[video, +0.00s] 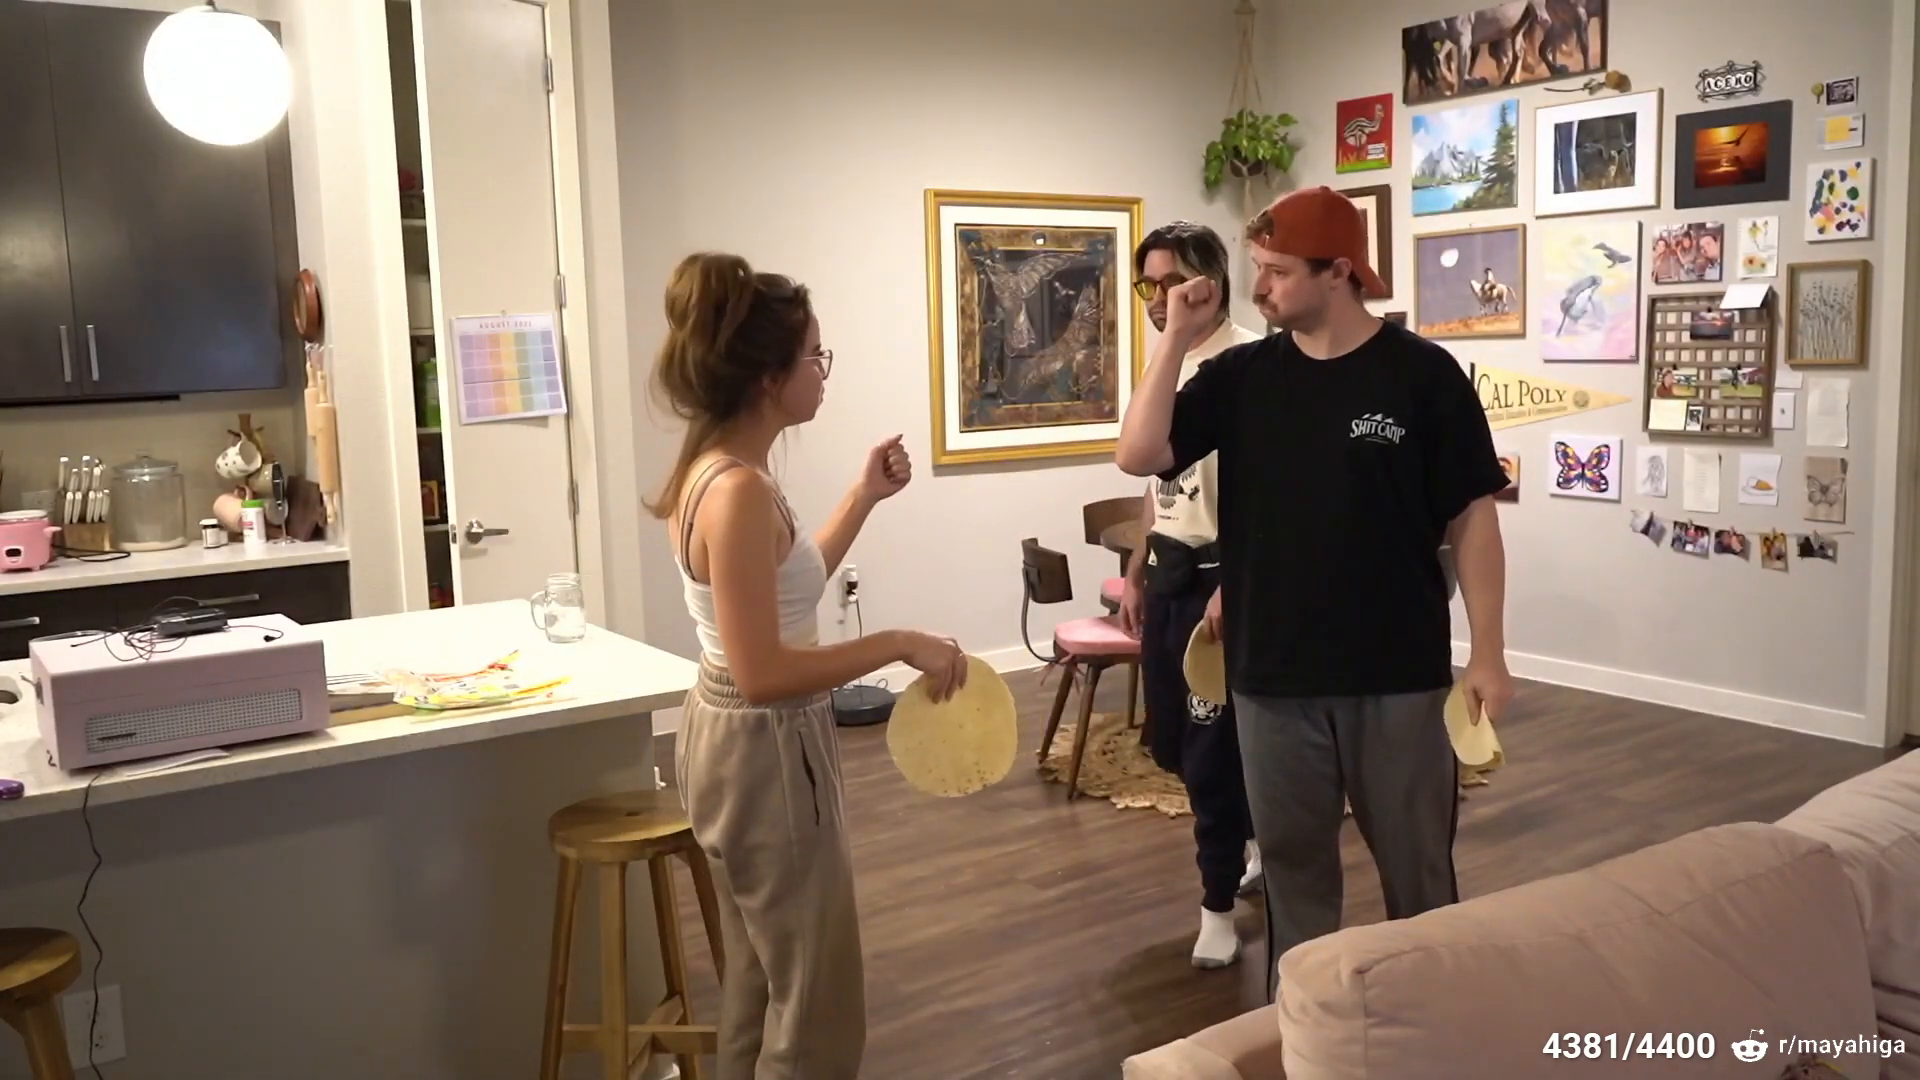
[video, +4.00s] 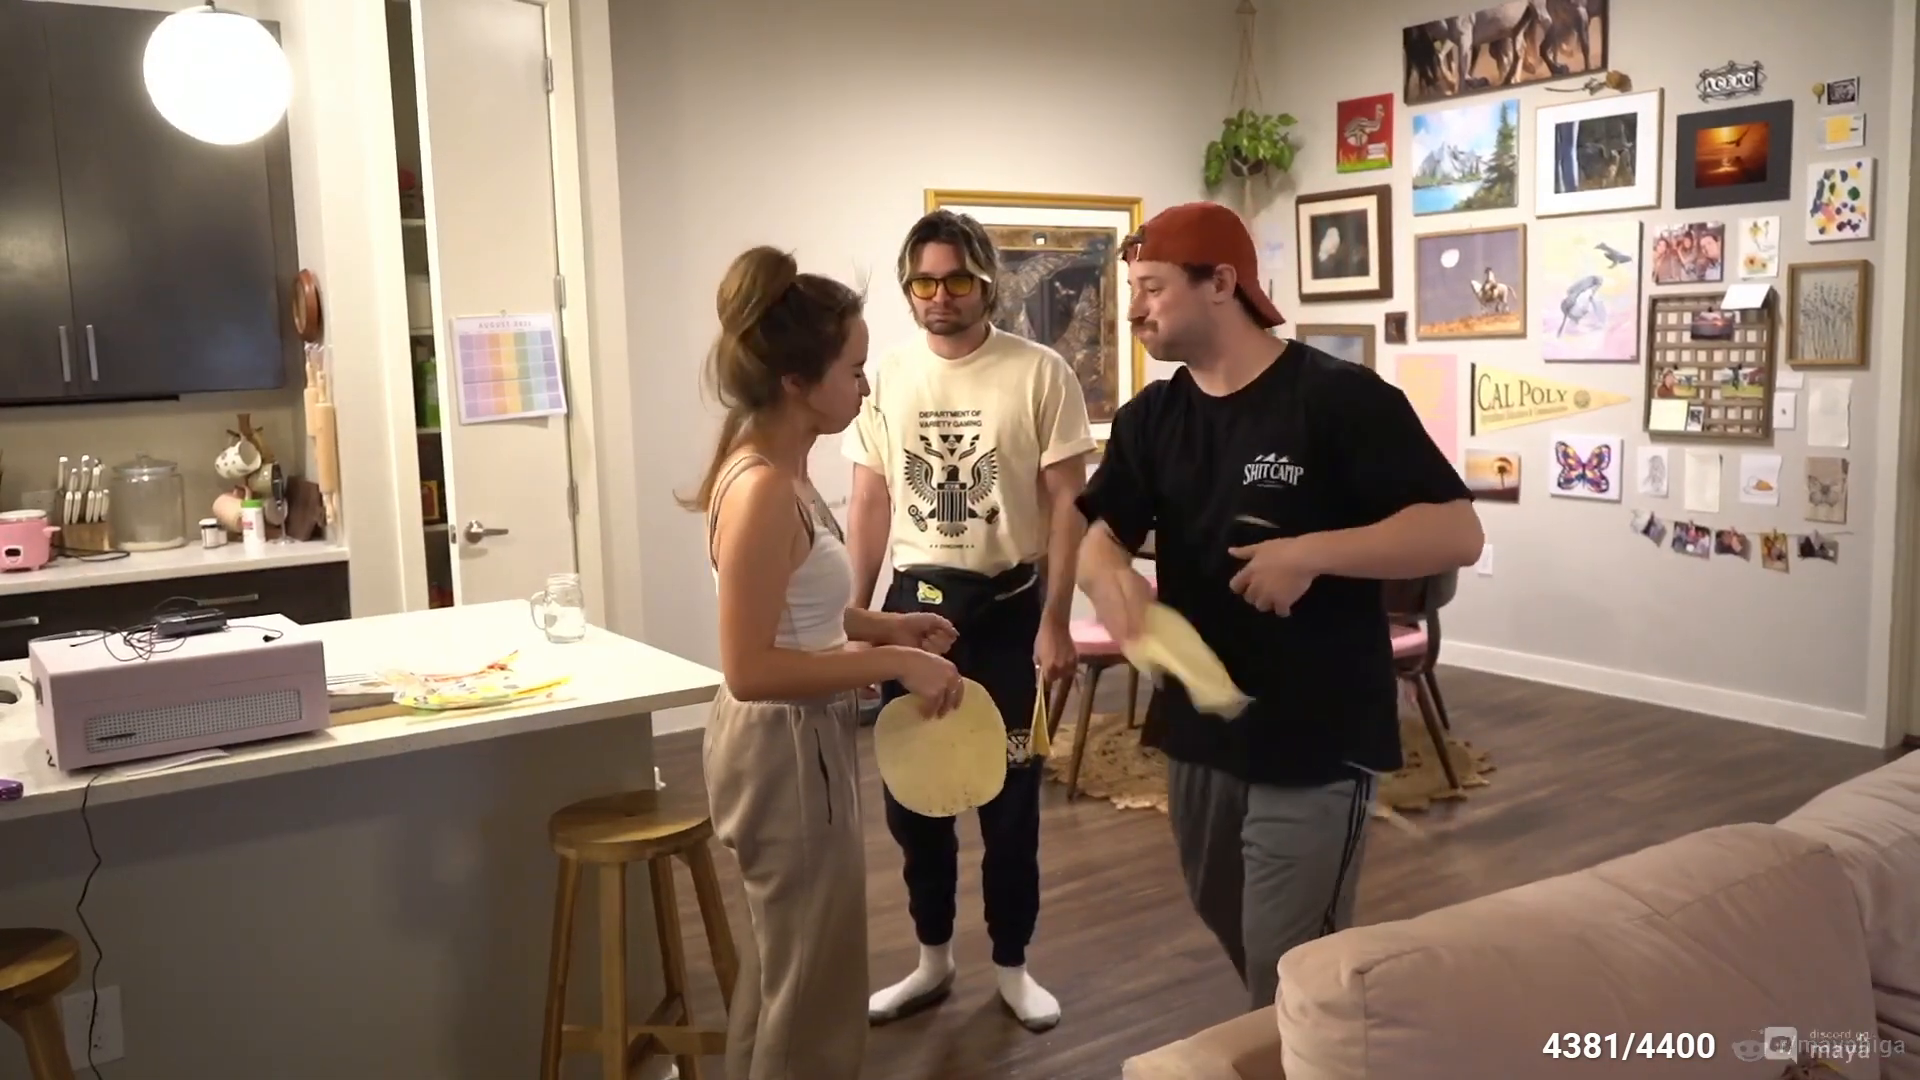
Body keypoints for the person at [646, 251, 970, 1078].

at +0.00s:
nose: (826, 369)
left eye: (821, 354)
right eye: (815, 357)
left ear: (756, 379)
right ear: (766, 378)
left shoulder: (712, 472)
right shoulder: (738, 491)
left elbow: (789, 588)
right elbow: (760, 673)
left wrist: (862, 496)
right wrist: (898, 643)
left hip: (729, 736)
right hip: (766, 751)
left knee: (759, 975)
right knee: (817, 998)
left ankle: (738, 1073)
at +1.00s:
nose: (846, 365)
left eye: (841, 350)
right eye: (836, 354)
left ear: (777, 379)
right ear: (790, 378)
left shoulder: (736, 469)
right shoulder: (766, 485)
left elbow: (807, 577)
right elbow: (783, 666)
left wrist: (911, 535)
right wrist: (924, 643)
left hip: (745, 734)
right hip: (783, 748)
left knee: (774, 966)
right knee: (818, 982)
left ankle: (752, 1074)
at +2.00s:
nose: (848, 365)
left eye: (844, 351)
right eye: (838, 354)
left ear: (781, 377)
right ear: (793, 376)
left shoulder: (752, 469)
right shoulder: (764, 485)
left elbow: (827, 584)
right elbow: (779, 667)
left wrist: (915, 501)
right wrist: (925, 643)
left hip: (765, 732)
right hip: (785, 747)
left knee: (781, 966)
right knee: (812, 981)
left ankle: (762, 1071)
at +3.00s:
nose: (861, 371)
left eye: (857, 356)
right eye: (852, 359)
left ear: (795, 377)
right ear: (805, 376)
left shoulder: (753, 468)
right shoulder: (770, 482)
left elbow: (823, 592)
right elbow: (780, 665)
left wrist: (937, 546)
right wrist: (924, 646)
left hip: (761, 730)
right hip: (785, 744)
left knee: (781, 968)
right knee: (815, 978)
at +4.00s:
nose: (866, 382)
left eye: (864, 365)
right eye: (855, 369)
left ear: (796, 382)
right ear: (797, 382)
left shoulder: (783, 473)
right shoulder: (761, 489)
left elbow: (797, 616)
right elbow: (750, 671)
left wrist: (888, 627)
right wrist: (896, 663)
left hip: (798, 739)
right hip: (782, 751)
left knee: (795, 970)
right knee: (811, 983)